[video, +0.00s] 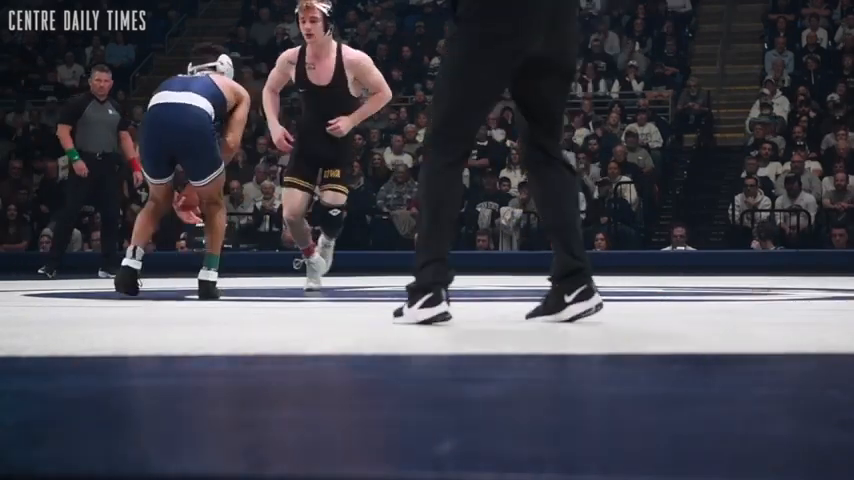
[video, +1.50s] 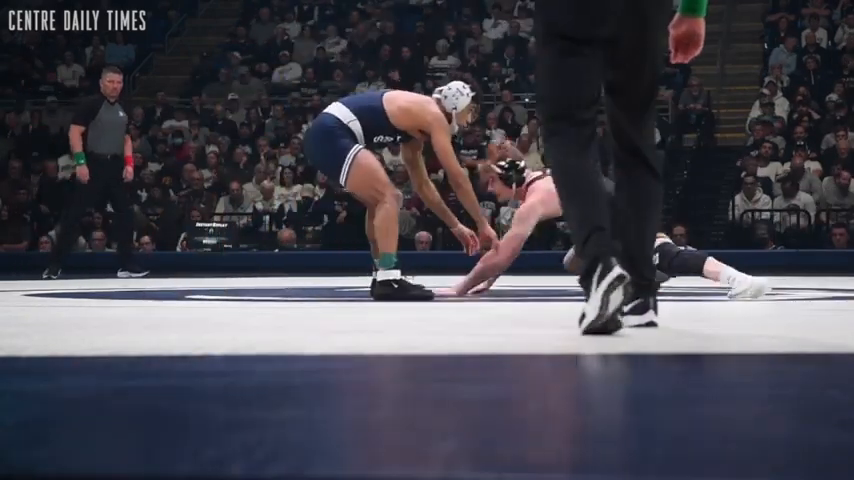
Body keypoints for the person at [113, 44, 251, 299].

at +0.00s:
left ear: (197, 71)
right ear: (225, 74)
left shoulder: (175, 82)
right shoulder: (238, 91)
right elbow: (231, 142)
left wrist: (175, 194)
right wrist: (199, 187)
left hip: (153, 128)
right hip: (194, 128)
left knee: (157, 200)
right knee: (213, 204)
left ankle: (131, 261)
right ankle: (209, 276)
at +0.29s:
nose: (245, 49)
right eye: (245, 43)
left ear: (213, 38)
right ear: (239, 40)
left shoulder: (183, 55)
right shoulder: (236, 51)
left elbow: (129, 87)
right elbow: (241, 74)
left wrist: (148, 121)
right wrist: (226, 127)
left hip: (142, 116)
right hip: (177, 113)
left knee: (148, 204)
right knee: (230, 190)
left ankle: (124, 277)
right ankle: (225, 272)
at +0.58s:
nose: (305, 47)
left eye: (307, 41)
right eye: (307, 41)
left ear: (279, 30)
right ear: (302, 36)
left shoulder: (252, 49)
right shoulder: (287, 52)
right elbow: (271, 97)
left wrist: (208, 162)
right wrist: (267, 151)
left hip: (187, 118)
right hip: (215, 118)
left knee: (184, 205)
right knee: (266, 198)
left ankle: (134, 270)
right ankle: (262, 280)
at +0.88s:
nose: (359, 21)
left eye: (359, 17)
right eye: (357, 16)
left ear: (327, 16)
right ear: (347, 17)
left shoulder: (309, 37)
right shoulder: (333, 40)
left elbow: (289, 100)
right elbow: (317, 98)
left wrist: (305, 144)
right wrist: (312, 152)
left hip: (255, 115)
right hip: (265, 117)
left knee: (290, 196)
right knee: (298, 204)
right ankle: (266, 279)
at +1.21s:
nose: (432, 54)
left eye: (431, 47)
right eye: (429, 47)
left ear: (403, 45)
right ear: (417, 48)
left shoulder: (384, 60)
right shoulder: (398, 65)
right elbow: (365, 91)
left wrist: (365, 143)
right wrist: (378, 135)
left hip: (318, 133)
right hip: (321, 133)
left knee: (374, 202)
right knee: (375, 202)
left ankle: (385, 276)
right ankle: (316, 256)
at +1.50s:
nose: (470, 119)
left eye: (472, 113)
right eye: (469, 111)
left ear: (445, 104)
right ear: (455, 108)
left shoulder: (410, 136)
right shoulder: (434, 116)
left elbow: (423, 186)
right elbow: (457, 176)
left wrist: (456, 227)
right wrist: (482, 223)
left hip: (324, 138)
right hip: (331, 136)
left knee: (377, 203)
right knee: (389, 197)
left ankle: (382, 276)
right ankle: (388, 277)